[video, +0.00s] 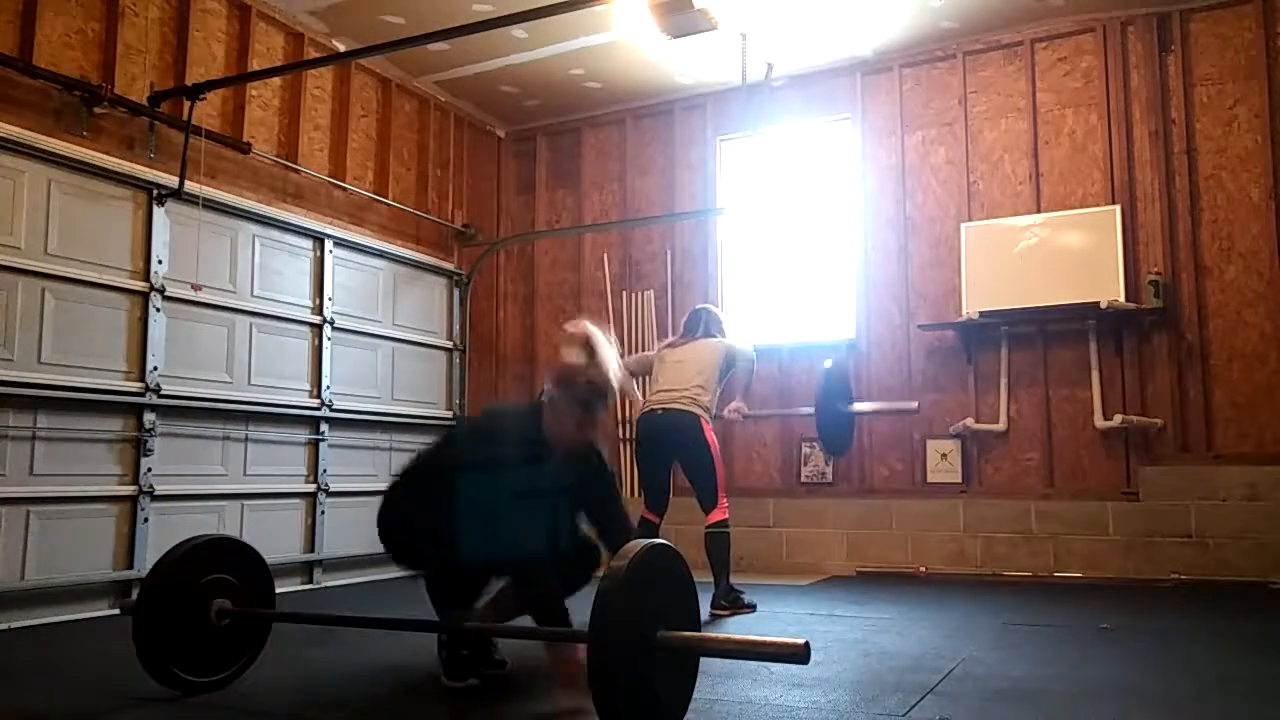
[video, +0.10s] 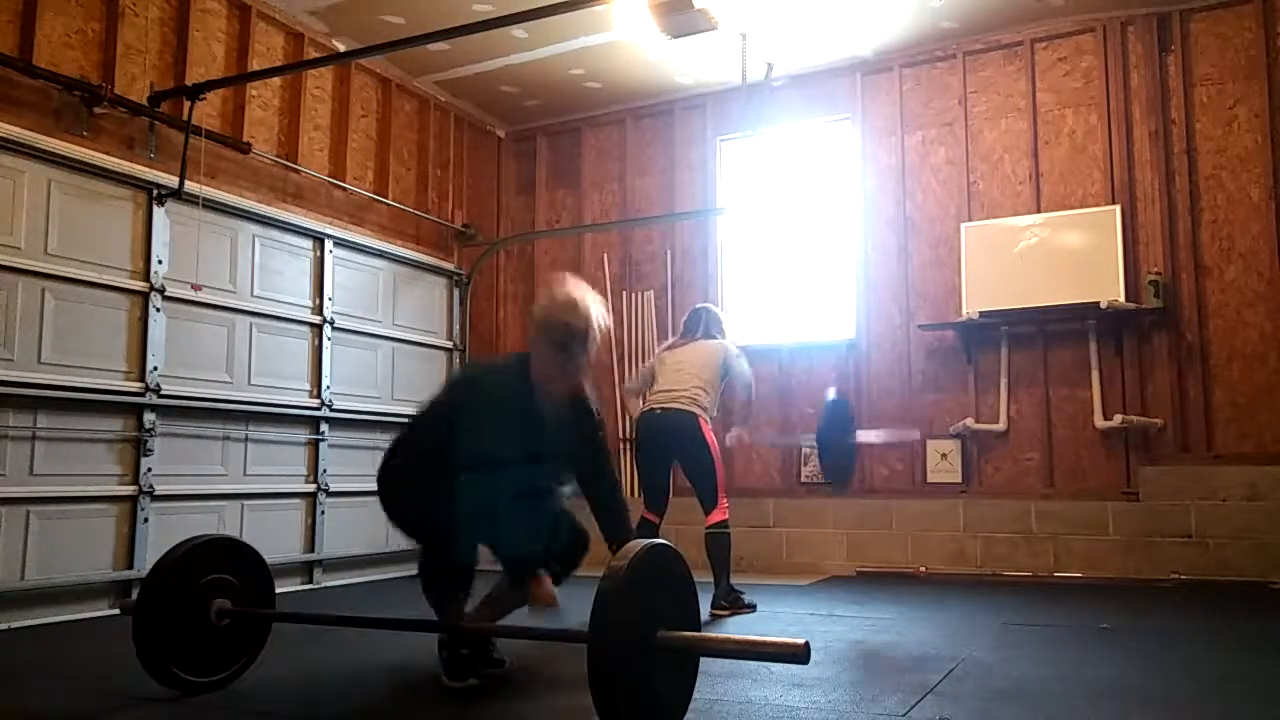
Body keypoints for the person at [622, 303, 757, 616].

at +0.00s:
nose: (724, 332)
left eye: (722, 328)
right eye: (722, 327)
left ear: (687, 328)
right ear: (716, 328)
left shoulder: (665, 352)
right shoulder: (720, 346)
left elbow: (625, 364)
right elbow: (747, 356)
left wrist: (637, 399)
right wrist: (738, 399)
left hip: (650, 422)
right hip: (689, 422)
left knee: (653, 506)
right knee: (715, 507)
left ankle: (631, 585)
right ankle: (723, 592)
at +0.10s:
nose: (724, 332)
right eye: (723, 327)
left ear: (687, 327)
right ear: (717, 327)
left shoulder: (666, 351)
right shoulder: (724, 348)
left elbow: (629, 387)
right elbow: (744, 379)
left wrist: (641, 418)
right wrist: (738, 424)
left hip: (649, 423)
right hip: (689, 422)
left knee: (653, 506)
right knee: (715, 507)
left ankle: (630, 583)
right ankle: (723, 592)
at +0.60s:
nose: (726, 343)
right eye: (726, 339)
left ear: (693, 333)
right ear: (721, 335)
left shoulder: (670, 351)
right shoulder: (724, 347)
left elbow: (630, 372)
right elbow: (750, 363)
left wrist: (643, 404)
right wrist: (744, 403)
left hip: (648, 425)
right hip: (687, 425)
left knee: (654, 506)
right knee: (716, 508)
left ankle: (633, 586)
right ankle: (723, 592)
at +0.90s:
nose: (733, 346)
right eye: (733, 342)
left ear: (698, 335)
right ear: (727, 338)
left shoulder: (675, 353)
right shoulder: (732, 354)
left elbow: (639, 392)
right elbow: (746, 386)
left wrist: (646, 428)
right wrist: (744, 431)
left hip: (646, 422)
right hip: (685, 423)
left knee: (652, 506)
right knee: (713, 508)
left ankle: (632, 587)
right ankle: (723, 591)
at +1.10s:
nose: (740, 384)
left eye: (739, 380)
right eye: (738, 380)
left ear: (699, 369)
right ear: (729, 375)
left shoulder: (676, 385)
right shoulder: (732, 394)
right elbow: (743, 449)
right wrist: (746, 500)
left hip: (640, 441)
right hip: (682, 443)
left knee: (650, 514)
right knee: (724, 513)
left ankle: (636, 588)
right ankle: (724, 593)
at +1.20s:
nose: (739, 399)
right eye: (738, 394)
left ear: (701, 388)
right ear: (732, 392)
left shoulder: (678, 402)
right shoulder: (733, 410)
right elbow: (744, 466)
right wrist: (747, 517)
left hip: (638, 453)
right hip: (680, 455)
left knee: (655, 515)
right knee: (725, 516)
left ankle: (632, 580)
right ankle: (724, 594)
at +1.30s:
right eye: (743, 407)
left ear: (709, 394)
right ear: (740, 404)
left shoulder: (685, 407)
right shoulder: (735, 418)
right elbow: (745, 479)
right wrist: (751, 528)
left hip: (633, 457)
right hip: (674, 459)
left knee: (658, 516)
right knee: (725, 513)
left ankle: (634, 580)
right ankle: (725, 594)